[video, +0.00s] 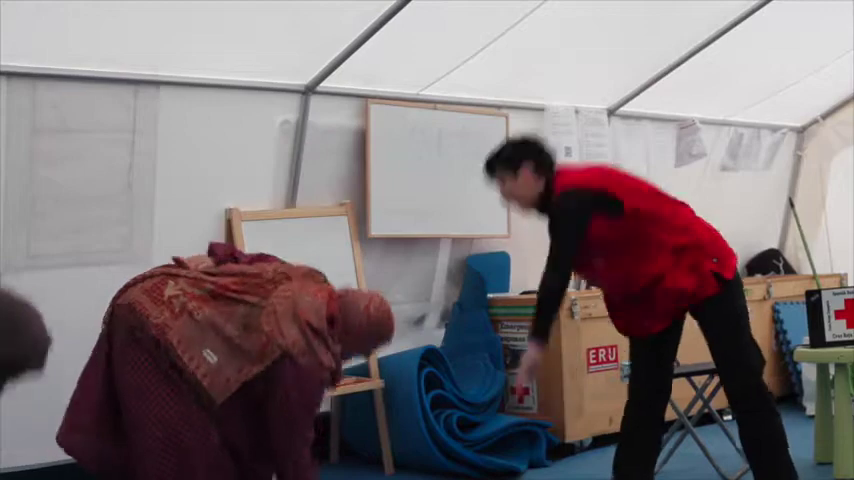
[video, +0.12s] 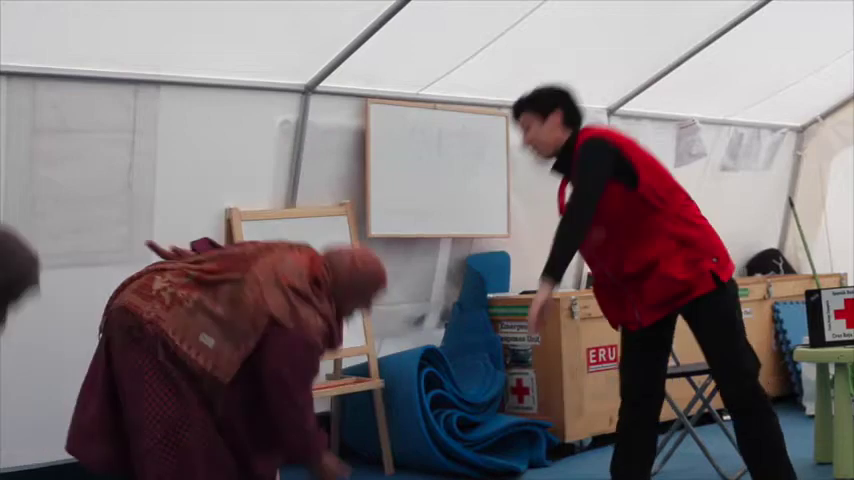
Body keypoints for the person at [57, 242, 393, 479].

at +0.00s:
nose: (358, 351)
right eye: (364, 344)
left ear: (348, 292)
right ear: (357, 344)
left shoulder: (307, 278)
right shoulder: (305, 358)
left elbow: (229, 255)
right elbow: (292, 443)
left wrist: (200, 269)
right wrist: (301, 474)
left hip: (138, 296)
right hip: (156, 334)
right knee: (190, 447)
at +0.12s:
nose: (365, 307)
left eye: (369, 299)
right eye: (366, 299)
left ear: (337, 261)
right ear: (353, 293)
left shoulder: (295, 257)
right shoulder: (301, 321)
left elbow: (212, 252)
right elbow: (289, 404)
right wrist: (319, 460)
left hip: (134, 302)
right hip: (154, 332)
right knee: (187, 449)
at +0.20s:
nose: (357, 266)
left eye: (360, 258)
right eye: (356, 257)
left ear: (319, 230)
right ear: (338, 250)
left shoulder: (278, 239)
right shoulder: (292, 293)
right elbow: (293, 377)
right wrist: (332, 422)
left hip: (133, 307)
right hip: (168, 339)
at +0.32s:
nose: (333, 201)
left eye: (333, 191)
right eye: (328, 190)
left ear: (288, 183)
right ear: (304, 190)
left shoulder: (253, 210)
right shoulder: (274, 235)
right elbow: (288, 315)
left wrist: (331, 339)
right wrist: (348, 351)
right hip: (170, 330)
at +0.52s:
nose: (281, 139)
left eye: (283, 131)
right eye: (272, 130)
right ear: (243, 131)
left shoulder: (273, 184)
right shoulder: (214, 173)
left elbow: (287, 274)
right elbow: (244, 220)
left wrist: (309, 330)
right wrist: (328, 211)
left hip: (251, 331)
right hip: (197, 335)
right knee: (206, 444)